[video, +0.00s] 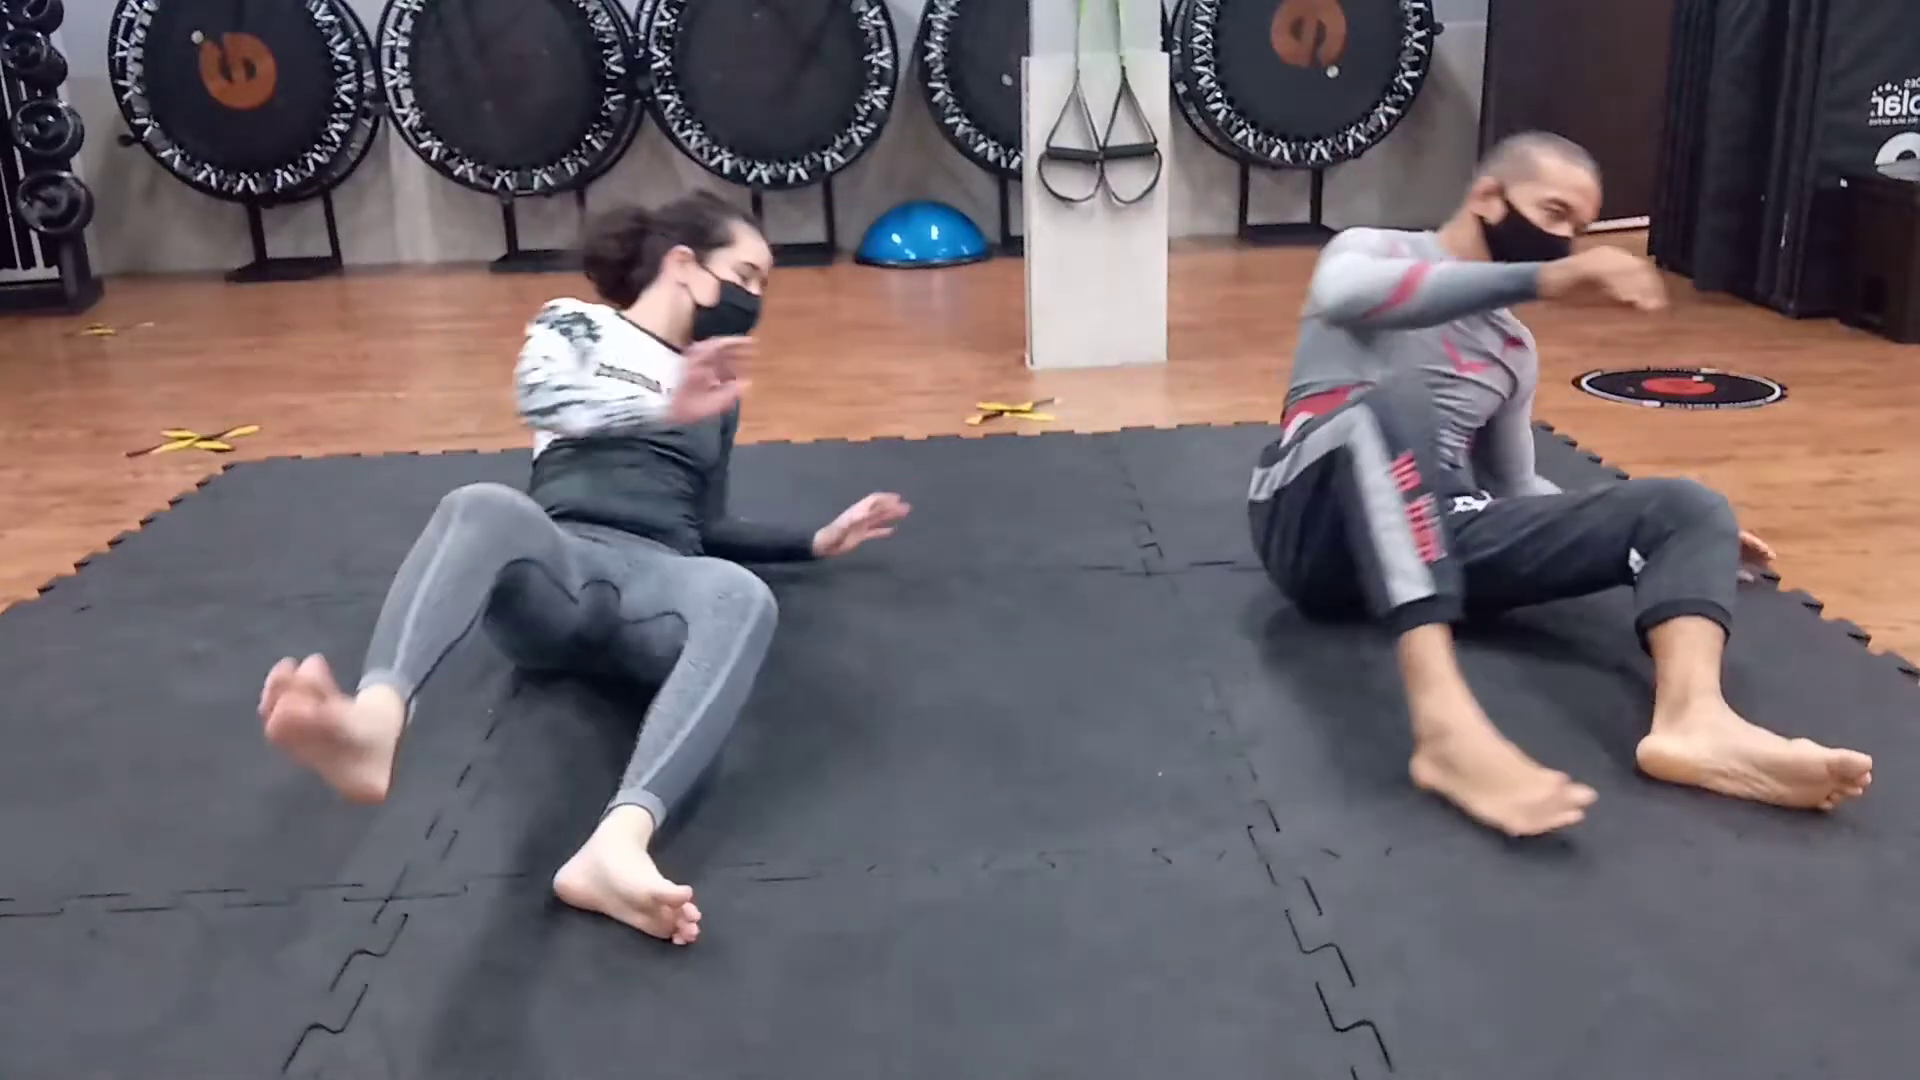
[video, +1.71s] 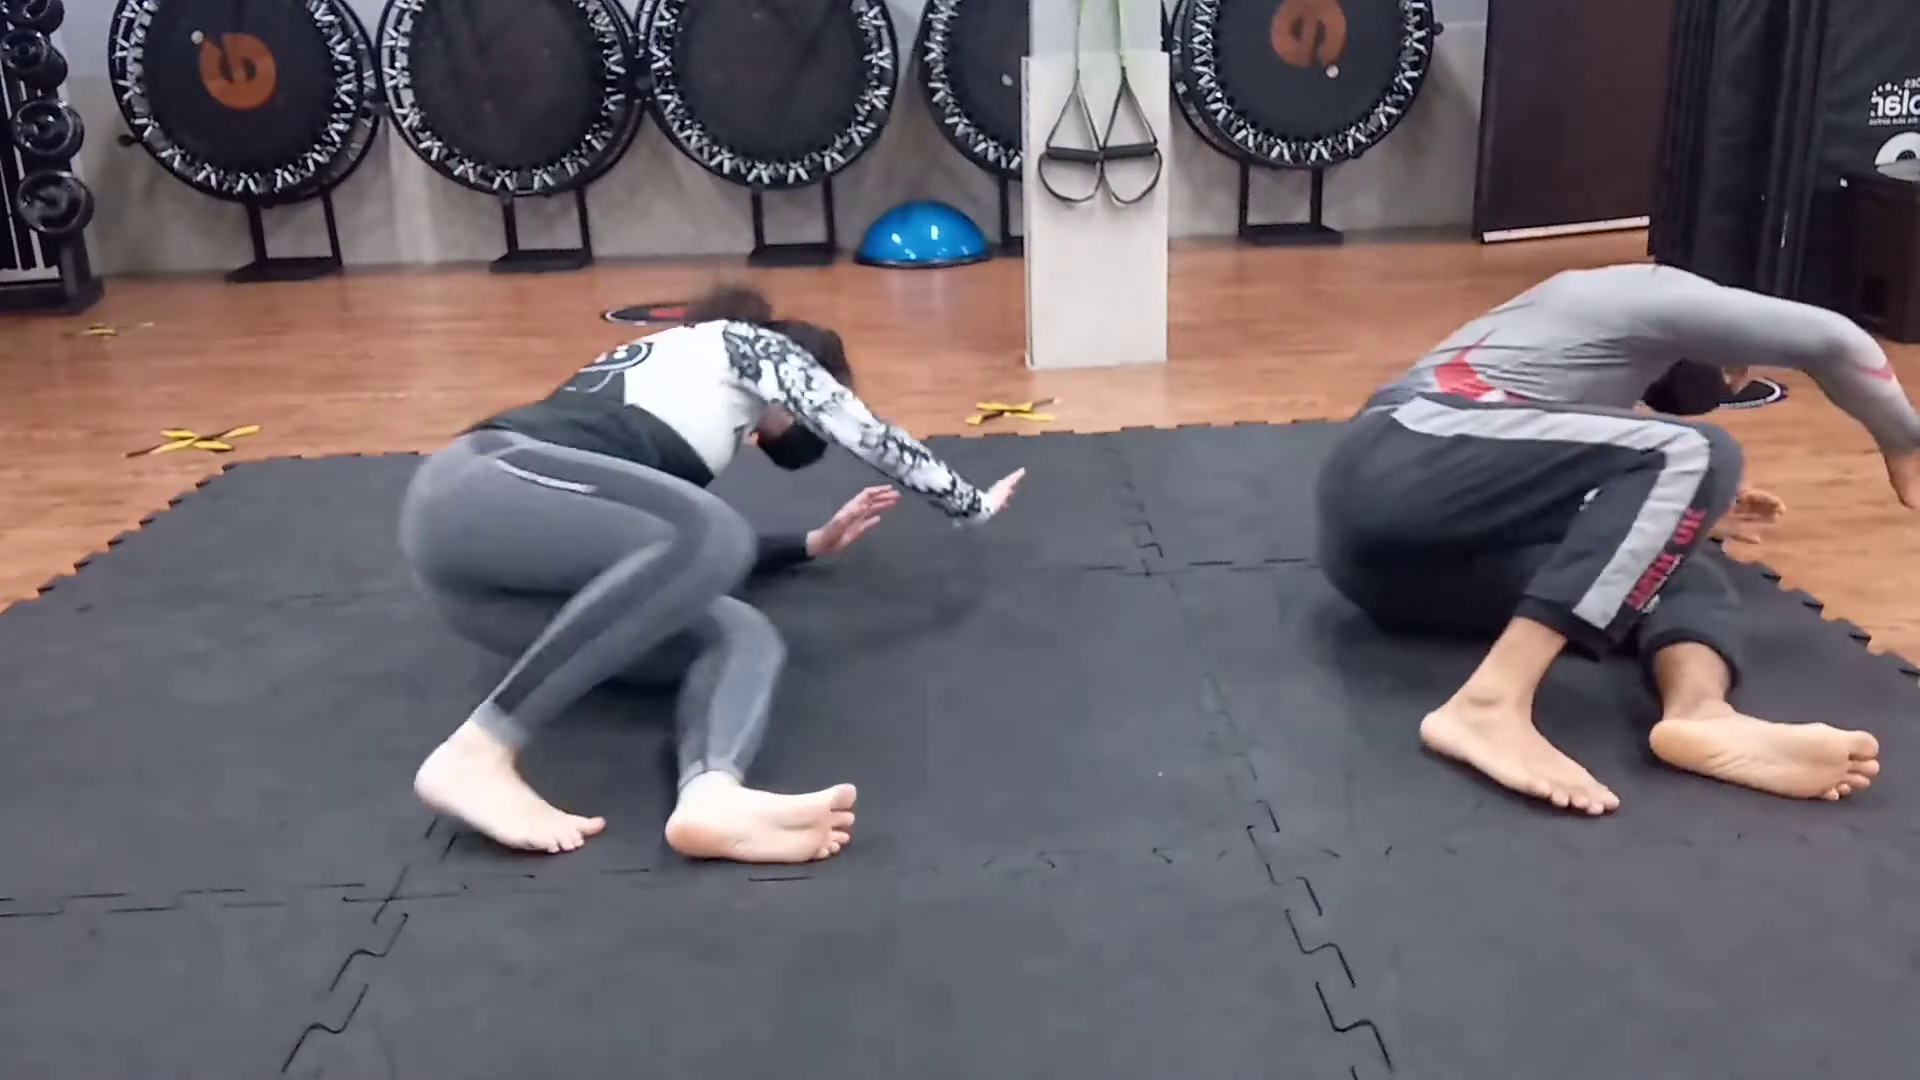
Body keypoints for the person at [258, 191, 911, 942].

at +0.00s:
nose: (754, 300)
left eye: (762, 286)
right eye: (745, 277)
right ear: (682, 263)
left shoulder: (711, 391)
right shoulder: (574, 321)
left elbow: (707, 528)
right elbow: (541, 390)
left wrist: (814, 544)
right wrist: (664, 404)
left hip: (664, 571)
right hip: (562, 547)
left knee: (744, 599)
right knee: (479, 503)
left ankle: (619, 843)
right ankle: (376, 722)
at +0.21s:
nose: (782, 327)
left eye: (791, 316)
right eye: (778, 305)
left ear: (723, 293)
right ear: (719, 285)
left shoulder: (717, 417)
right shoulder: (608, 319)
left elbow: (686, 545)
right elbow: (626, 388)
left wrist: (805, 559)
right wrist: (767, 405)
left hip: (662, 588)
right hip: (566, 556)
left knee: (762, 607)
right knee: (521, 469)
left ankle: (627, 841)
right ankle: (411, 652)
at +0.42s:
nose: (799, 333)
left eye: (804, 321)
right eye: (795, 311)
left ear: (742, 298)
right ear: (739, 288)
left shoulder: (729, 415)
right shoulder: (625, 316)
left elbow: (689, 547)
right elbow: (670, 382)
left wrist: (811, 559)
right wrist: (826, 410)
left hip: (655, 599)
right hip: (568, 560)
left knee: (775, 608)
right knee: (579, 439)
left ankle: (649, 834)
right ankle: (501, 652)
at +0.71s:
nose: (809, 334)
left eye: (813, 320)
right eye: (804, 312)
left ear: (752, 297)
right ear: (753, 290)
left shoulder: (730, 413)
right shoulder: (643, 314)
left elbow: (696, 549)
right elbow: (715, 394)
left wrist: (813, 562)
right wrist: (863, 421)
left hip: (652, 604)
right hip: (552, 565)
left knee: (827, 618)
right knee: (661, 434)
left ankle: (748, 818)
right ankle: (578, 696)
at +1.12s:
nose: (794, 344)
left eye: (798, 330)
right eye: (791, 321)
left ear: (739, 304)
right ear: (741, 298)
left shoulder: (728, 404)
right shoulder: (664, 311)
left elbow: (685, 551)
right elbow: (754, 396)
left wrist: (812, 556)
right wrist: (901, 437)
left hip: (651, 613)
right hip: (570, 560)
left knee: (888, 628)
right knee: (772, 448)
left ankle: (742, 789)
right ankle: (575, 687)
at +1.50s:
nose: (818, 384)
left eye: (821, 370)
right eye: (817, 364)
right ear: (787, 330)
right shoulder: (735, 317)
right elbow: (840, 411)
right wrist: (963, 477)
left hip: (545, 617)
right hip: (531, 503)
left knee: (823, 638)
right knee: (773, 540)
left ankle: (741, 775)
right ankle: (513, 722)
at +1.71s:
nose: (792, 433)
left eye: (798, 424)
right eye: (801, 415)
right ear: (793, 365)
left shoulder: (674, 418)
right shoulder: (743, 340)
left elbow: (673, 549)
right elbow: (863, 434)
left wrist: (809, 545)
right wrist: (970, 501)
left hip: (487, 603)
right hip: (476, 484)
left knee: (741, 632)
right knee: (712, 532)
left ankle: (708, 790)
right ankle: (476, 751)